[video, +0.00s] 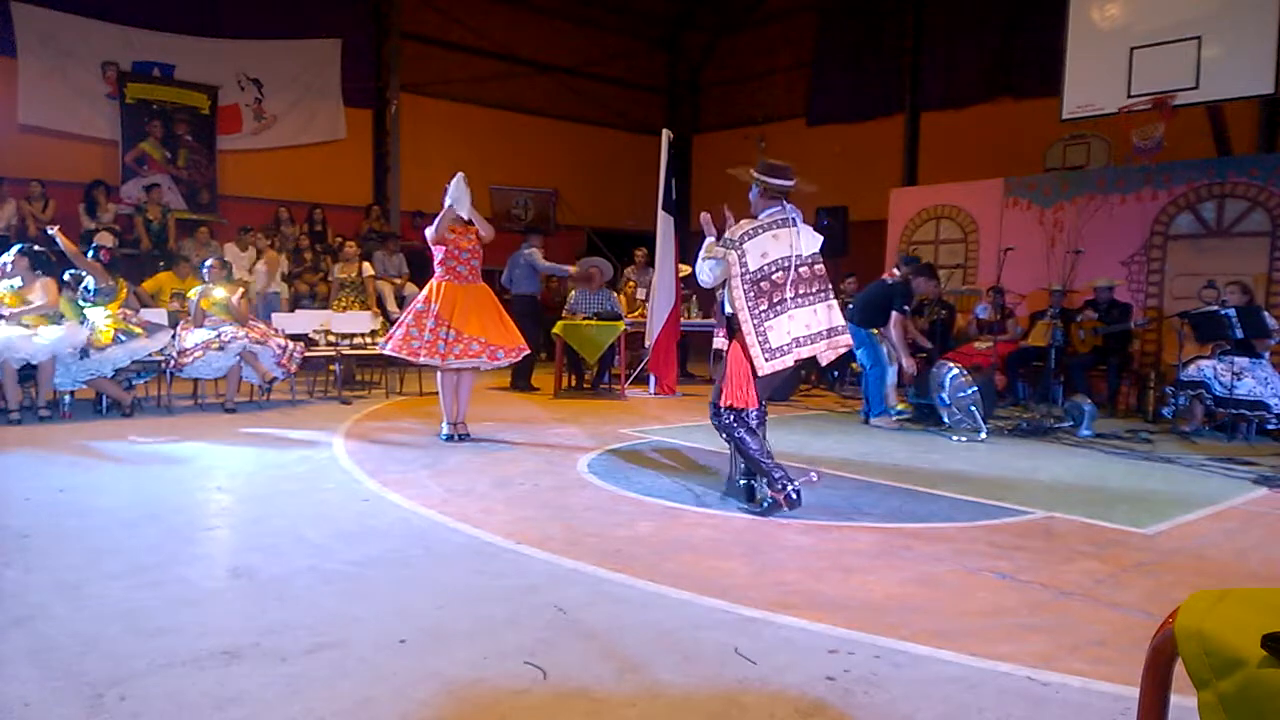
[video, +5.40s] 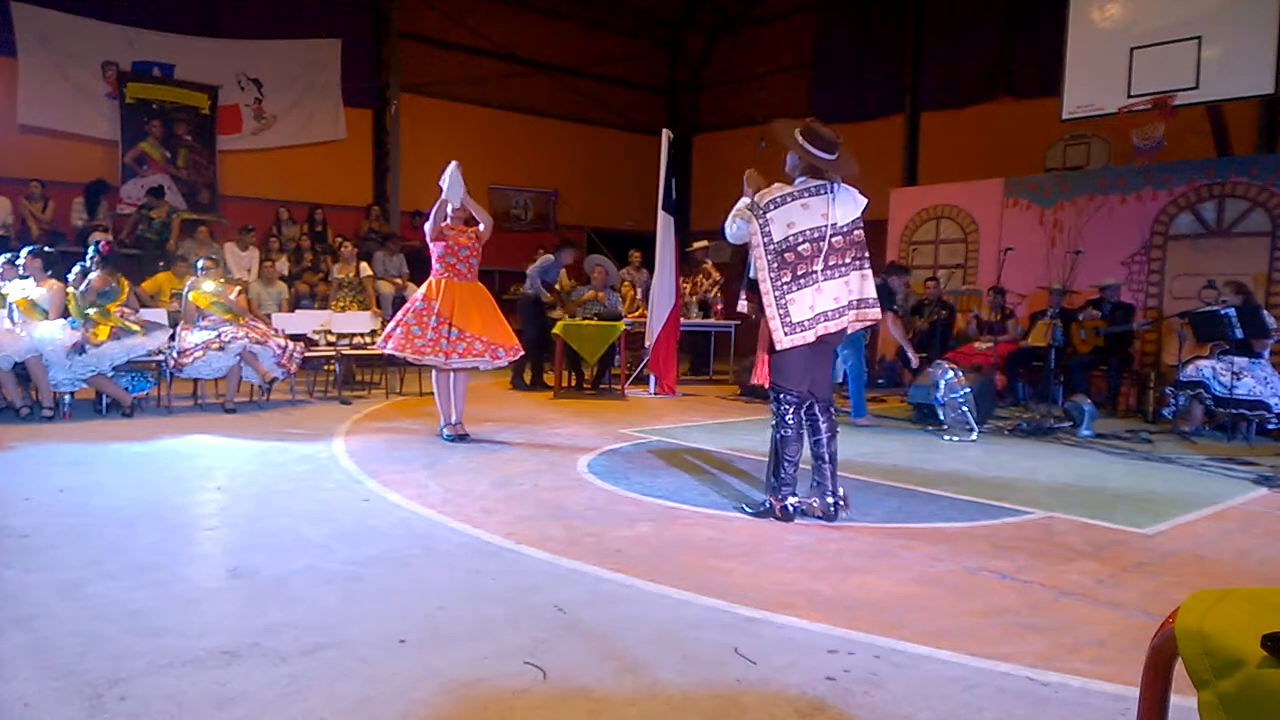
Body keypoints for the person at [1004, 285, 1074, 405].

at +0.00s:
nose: (1056, 299)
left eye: (1059, 296)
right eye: (1053, 295)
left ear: (1063, 297)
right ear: (1049, 296)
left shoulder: (1068, 314)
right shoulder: (1037, 315)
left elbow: (1068, 338)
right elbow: (1029, 334)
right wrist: (1024, 341)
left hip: (1056, 348)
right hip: (1036, 348)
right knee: (1012, 358)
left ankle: (1042, 398)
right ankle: (1012, 395)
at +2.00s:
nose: (1055, 299)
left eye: (1059, 296)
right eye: (1053, 296)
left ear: (1063, 298)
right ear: (1049, 297)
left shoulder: (1067, 315)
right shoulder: (1036, 315)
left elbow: (1067, 339)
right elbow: (1028, 334)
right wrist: (1024, 341)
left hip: (1055, 348)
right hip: (1035, 347)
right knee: (1012, 359)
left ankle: (1042, 398)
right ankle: (1013, 395)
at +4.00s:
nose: (1055, 299)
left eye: (1058, 295)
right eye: (1053, 295)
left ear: (1063, 297)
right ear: (1049, 296)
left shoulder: (1067, 314)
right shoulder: (1036, 315)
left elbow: (1068, 340)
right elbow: (1028, 336)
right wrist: (1024, 342)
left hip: (1056, 348)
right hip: (1036, 348)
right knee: (1012, 358)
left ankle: (1043, 398)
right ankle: (1013, 395)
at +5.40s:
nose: (1055, 298)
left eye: (1058, 295)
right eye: (1053, 294)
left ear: (1063, 296)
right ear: (1049, 295)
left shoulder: (1068, 315)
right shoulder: (1036, 316)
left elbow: (1069, 340)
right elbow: (1028, 336)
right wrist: (1024, 343)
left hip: (1057, 349)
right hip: (1036, 348)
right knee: (1012, 358)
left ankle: (1043, 399)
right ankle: (1012, 396)